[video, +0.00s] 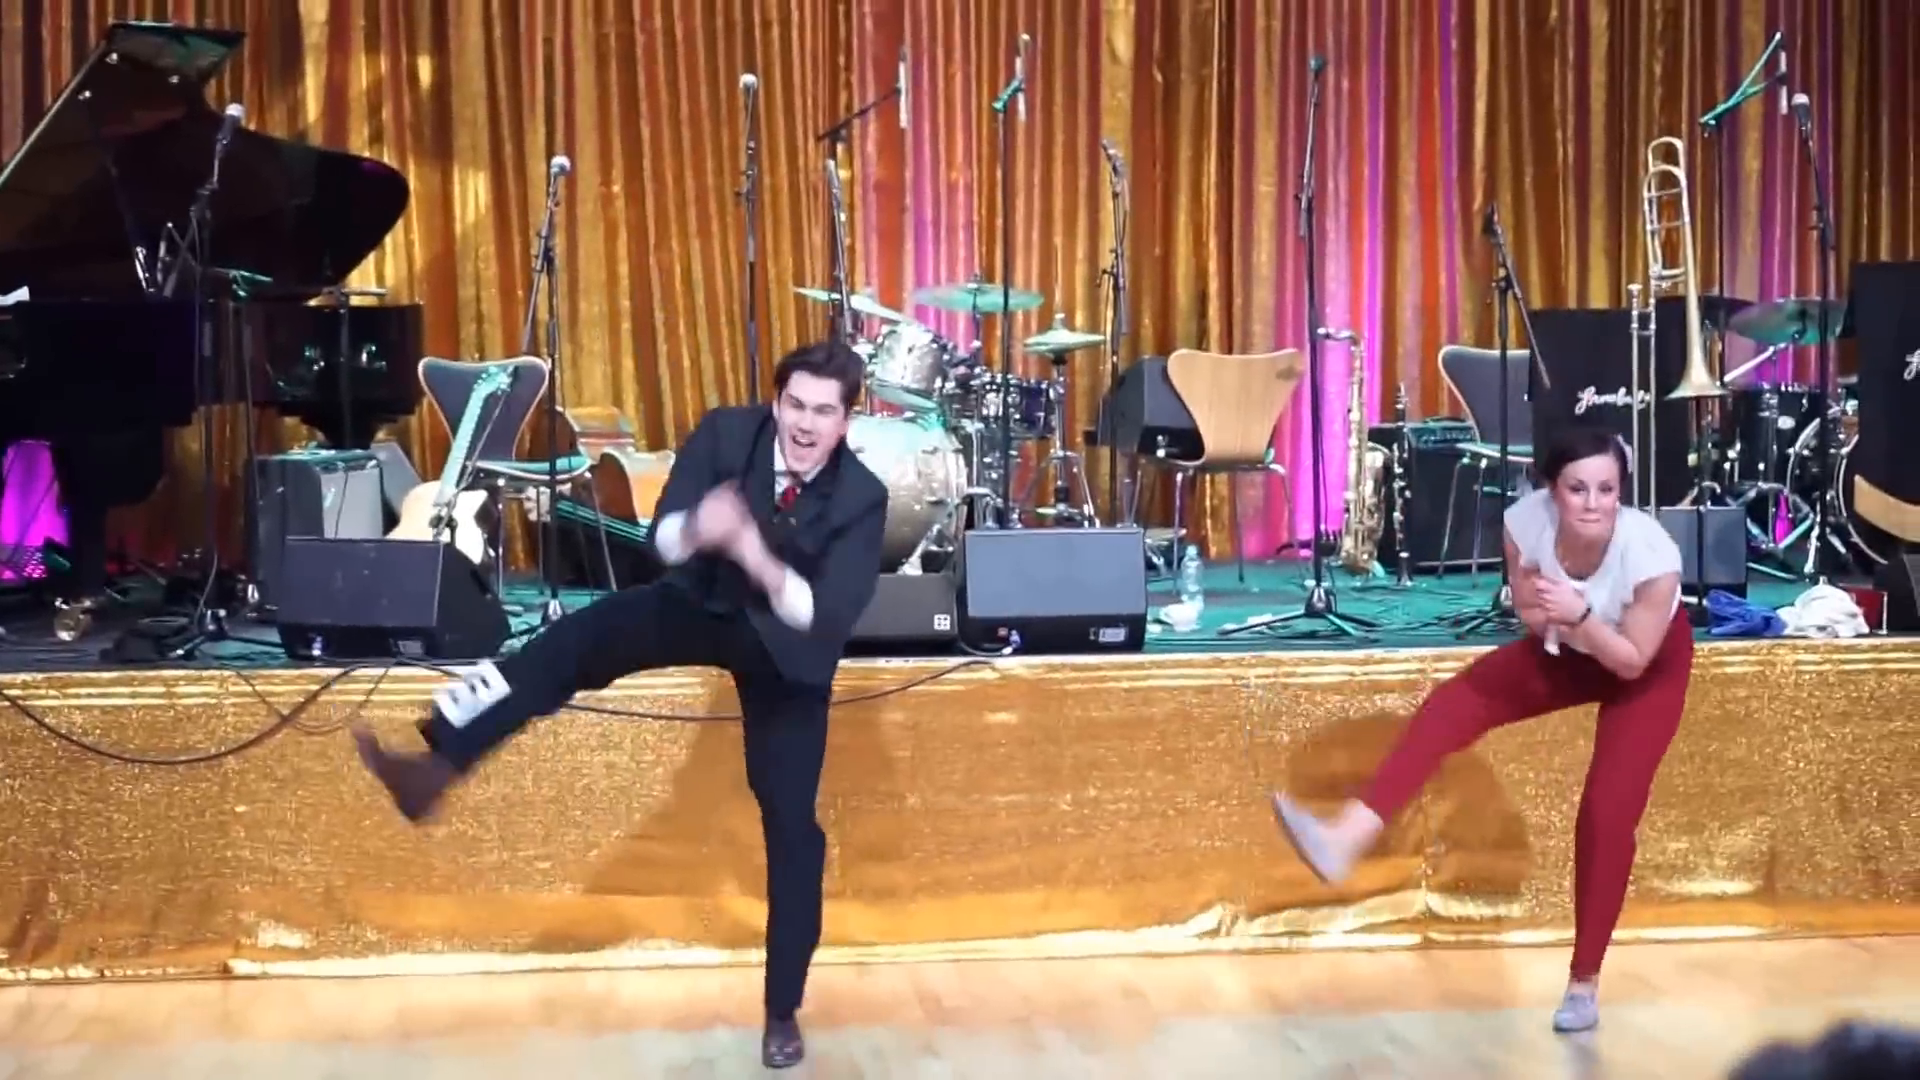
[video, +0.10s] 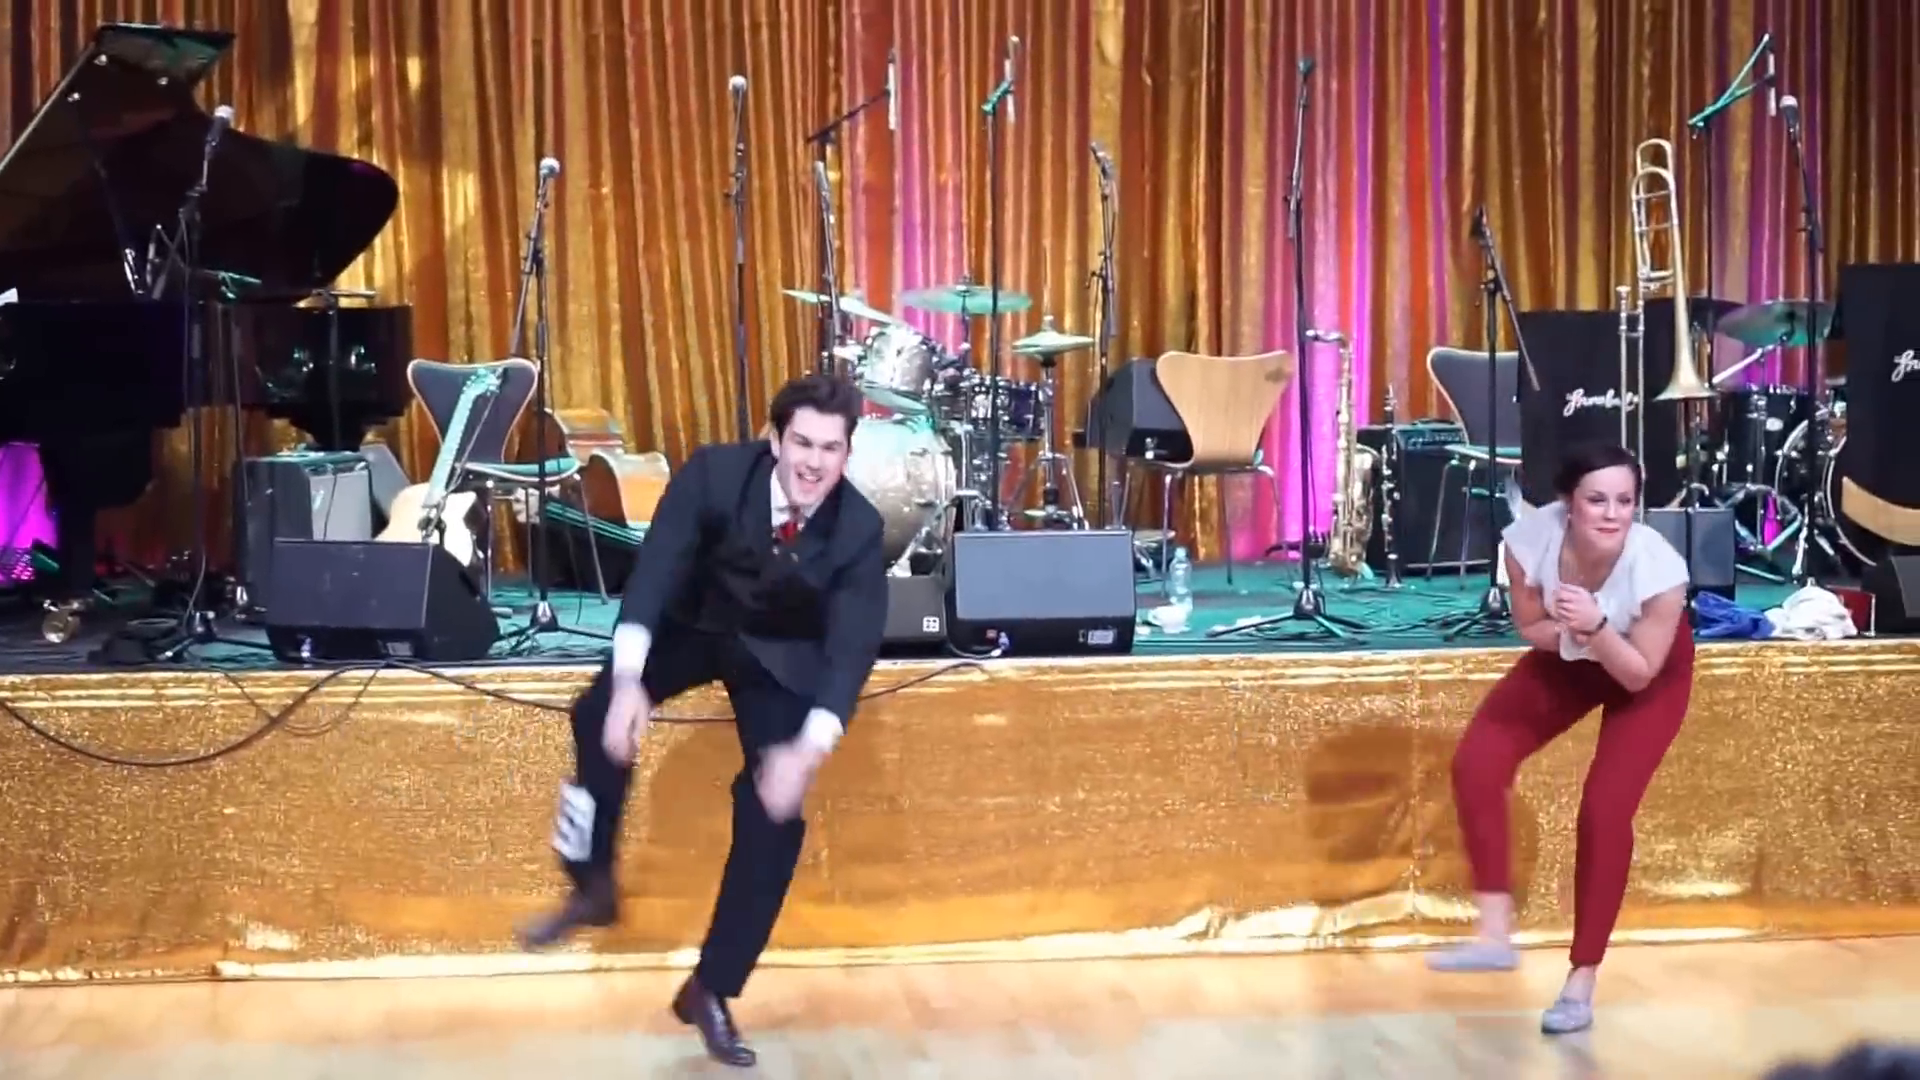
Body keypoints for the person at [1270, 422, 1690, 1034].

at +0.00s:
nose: (1593, 504)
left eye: (1607, 489)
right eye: (1578, 489)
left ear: (1623, 491)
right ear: (1551, 488)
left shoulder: (1651, 552)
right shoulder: (1525, 522)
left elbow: (1633, 660)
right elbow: (1527, 612)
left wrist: (1580, 613)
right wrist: (1545, 610)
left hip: (1650, 663)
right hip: (1572, 651)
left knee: (1607, 809)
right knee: (1454, 702)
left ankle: (1584, 983)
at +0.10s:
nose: (1613, 513)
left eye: (1625, 500)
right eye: (1598, 500)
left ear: (1637, 504)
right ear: (1568, 502)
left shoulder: (1659, 568)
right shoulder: (1531, 536)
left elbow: (1641, 673)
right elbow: (1531, 628)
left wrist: (1597, 625)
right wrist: (1566, 628)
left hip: (1652, 669)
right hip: (1567, 658)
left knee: (1604, 811)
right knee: (1478, 760)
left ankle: (1581, 980)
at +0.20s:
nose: (1636, 514)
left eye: (1646, 501)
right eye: (1620, 500)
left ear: (1657, 508)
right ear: (1587, 507)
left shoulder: (1671, 574)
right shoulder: (1541, 550)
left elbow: (1652, 680)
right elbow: (1533, 648)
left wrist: (1619, 633)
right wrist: (1587, 647)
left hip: (1645, 691)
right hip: (1566, 682)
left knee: (1591, 805)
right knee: (1533, 823)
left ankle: (1568, 986)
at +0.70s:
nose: (1709, 419)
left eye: (1711, 407)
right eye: (1694, 408)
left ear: (1709, 413)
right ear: (1651, 418)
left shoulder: (1729, 478)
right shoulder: (1599, 495)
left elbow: (1756, 578)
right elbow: (1600, 605)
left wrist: (1748, 660)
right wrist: (1651, 675)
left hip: (1710, 639)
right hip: (1622, 646)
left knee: (1740, 795)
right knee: (1618, 807)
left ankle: (1728, 945)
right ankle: (1596, 931)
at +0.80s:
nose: (1718, 425)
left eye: (1720, 412)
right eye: (1703, 416)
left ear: (1722, 412)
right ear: (1662, 424)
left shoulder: (1739, 480)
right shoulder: (1613, 498)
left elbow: (1761, 578)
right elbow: (1616, 608)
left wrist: (1782, 659)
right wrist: (1670, 684)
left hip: (1727, 653)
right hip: (1640, 659)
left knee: (1755, 812)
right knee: (1646, 813)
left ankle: (1761, 949)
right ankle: (1686, 938)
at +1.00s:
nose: (1704, 455)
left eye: (1713, 440)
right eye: (1689, 443)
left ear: (1723, 430)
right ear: (1657, 436)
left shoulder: (1721, 476)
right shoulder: (1628, 499)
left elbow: (1733, 553)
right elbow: (1614, 616)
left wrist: (1840, 556)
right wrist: (1700, 651)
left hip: (1721, 641)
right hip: (1649, 658)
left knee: (1773, 791)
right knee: (1713, 806)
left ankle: (1774, 940)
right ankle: (1741, 963)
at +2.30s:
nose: (1454, 499)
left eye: (1462, 486)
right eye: (1439, 487)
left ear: (1468, 493)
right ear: (1402, 492)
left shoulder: (1472, 560)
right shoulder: (1349, 556)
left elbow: (1435, 630)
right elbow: (1306, 655)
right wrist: (1354, 713)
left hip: (1416, 714)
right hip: (1333, 708)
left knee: (1374, 853)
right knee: (1334, 852)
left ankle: (1325, 1019)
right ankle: (1351, 979)